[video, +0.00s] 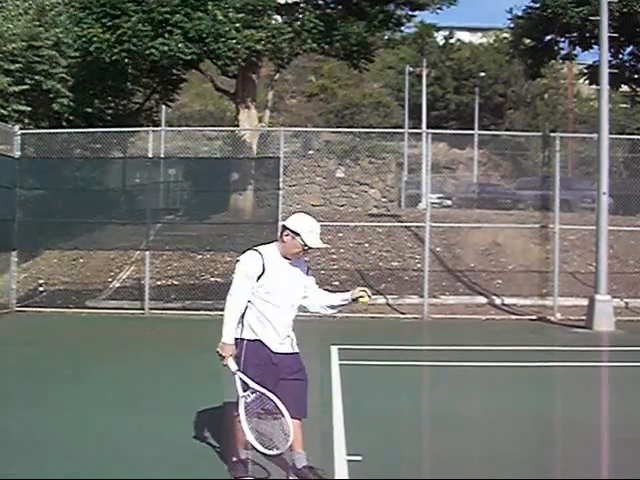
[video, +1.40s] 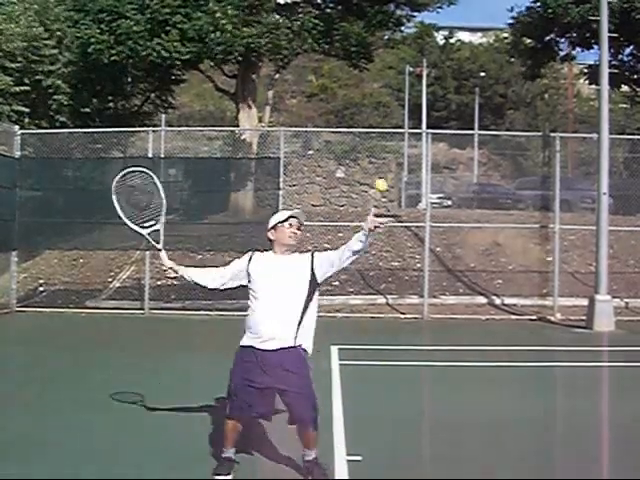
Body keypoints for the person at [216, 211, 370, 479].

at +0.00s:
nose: (306, 251)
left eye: (308, 247)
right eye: (304, 246)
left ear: (293, 240)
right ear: (287, 236)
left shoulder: (299, 267)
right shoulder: (255, 259)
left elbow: (315, 301)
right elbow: (235, 300)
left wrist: (349, 297)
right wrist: (227, 340)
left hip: (285, 344)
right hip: (253, 341)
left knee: (294, 400)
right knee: (248, 402)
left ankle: (300, 464)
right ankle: (240, 458)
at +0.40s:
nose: (329, 256)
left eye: (332, 252)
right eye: (328, 250)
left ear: (315, 245)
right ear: (312, 242)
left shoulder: (320, 277)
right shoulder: (278, 263)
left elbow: (330, 313)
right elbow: (271, 307)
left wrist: (353, 346)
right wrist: (282, 347)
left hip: (295, 344)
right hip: (263, 342)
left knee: (295, 402)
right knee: (251, 403)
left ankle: (299, 466)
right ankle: (232, 452)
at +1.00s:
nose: (289, 238)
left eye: (291, 232)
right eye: (283, 231)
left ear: (291, 236)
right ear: (264, 232)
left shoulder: (291, 272)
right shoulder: (240, 258)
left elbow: (304, 311)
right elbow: (235, 301)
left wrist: (323, 346)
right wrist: (255, 335)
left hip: (272, 348)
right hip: (236, 343)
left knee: (285, 404)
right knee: (231, 403)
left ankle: (299, 465)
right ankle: (224, 458)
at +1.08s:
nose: (286, 236)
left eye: (289, 231)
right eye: (280, 229)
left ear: (292, 236)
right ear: (262, 231)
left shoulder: (291, 274)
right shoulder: (238, 257)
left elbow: (299, 316)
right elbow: (223, 296)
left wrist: (309, 354)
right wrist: (225, 334)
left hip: (272, 349)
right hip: (236, 345)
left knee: (290, 403)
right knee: (229, 404)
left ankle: (299, 463)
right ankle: (224, 459)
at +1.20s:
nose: (286, 233)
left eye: (289, 230)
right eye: (280, 227)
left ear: (291, 236)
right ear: (263, 229)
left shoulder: (293, 271)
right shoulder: (238, 255)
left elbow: (306, 309)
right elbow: (211, 286)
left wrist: (322, 340)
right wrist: (190, 316)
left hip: (276, 351)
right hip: (238, 347)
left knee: (294, 407)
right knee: (230, 406)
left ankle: (303, 463)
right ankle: (225, 458)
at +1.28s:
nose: (288, 232)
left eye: (292, 228)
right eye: (282, 226)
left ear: (294, 235)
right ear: (265, 229)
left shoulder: (299, 269)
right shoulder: (242, 256)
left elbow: (321, 294)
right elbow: (208, 280)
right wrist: (175, 300)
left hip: (281, 352)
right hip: (242, 347)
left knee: (299, 411)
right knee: (232, 408)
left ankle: (307, 462)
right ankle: (225, 459)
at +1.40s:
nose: (296, 229)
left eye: (298, 226)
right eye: (289, 225)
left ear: (300, 235)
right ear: (272, 233)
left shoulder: (313, 261)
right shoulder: (254, 261)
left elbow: (344, 254)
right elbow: (216, 277)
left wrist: (366, 232)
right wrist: (177, 268)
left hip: (292, 353)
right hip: (252, 351)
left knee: (306, 413)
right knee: (237, 407)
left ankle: (311, 463)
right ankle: (226, 460)